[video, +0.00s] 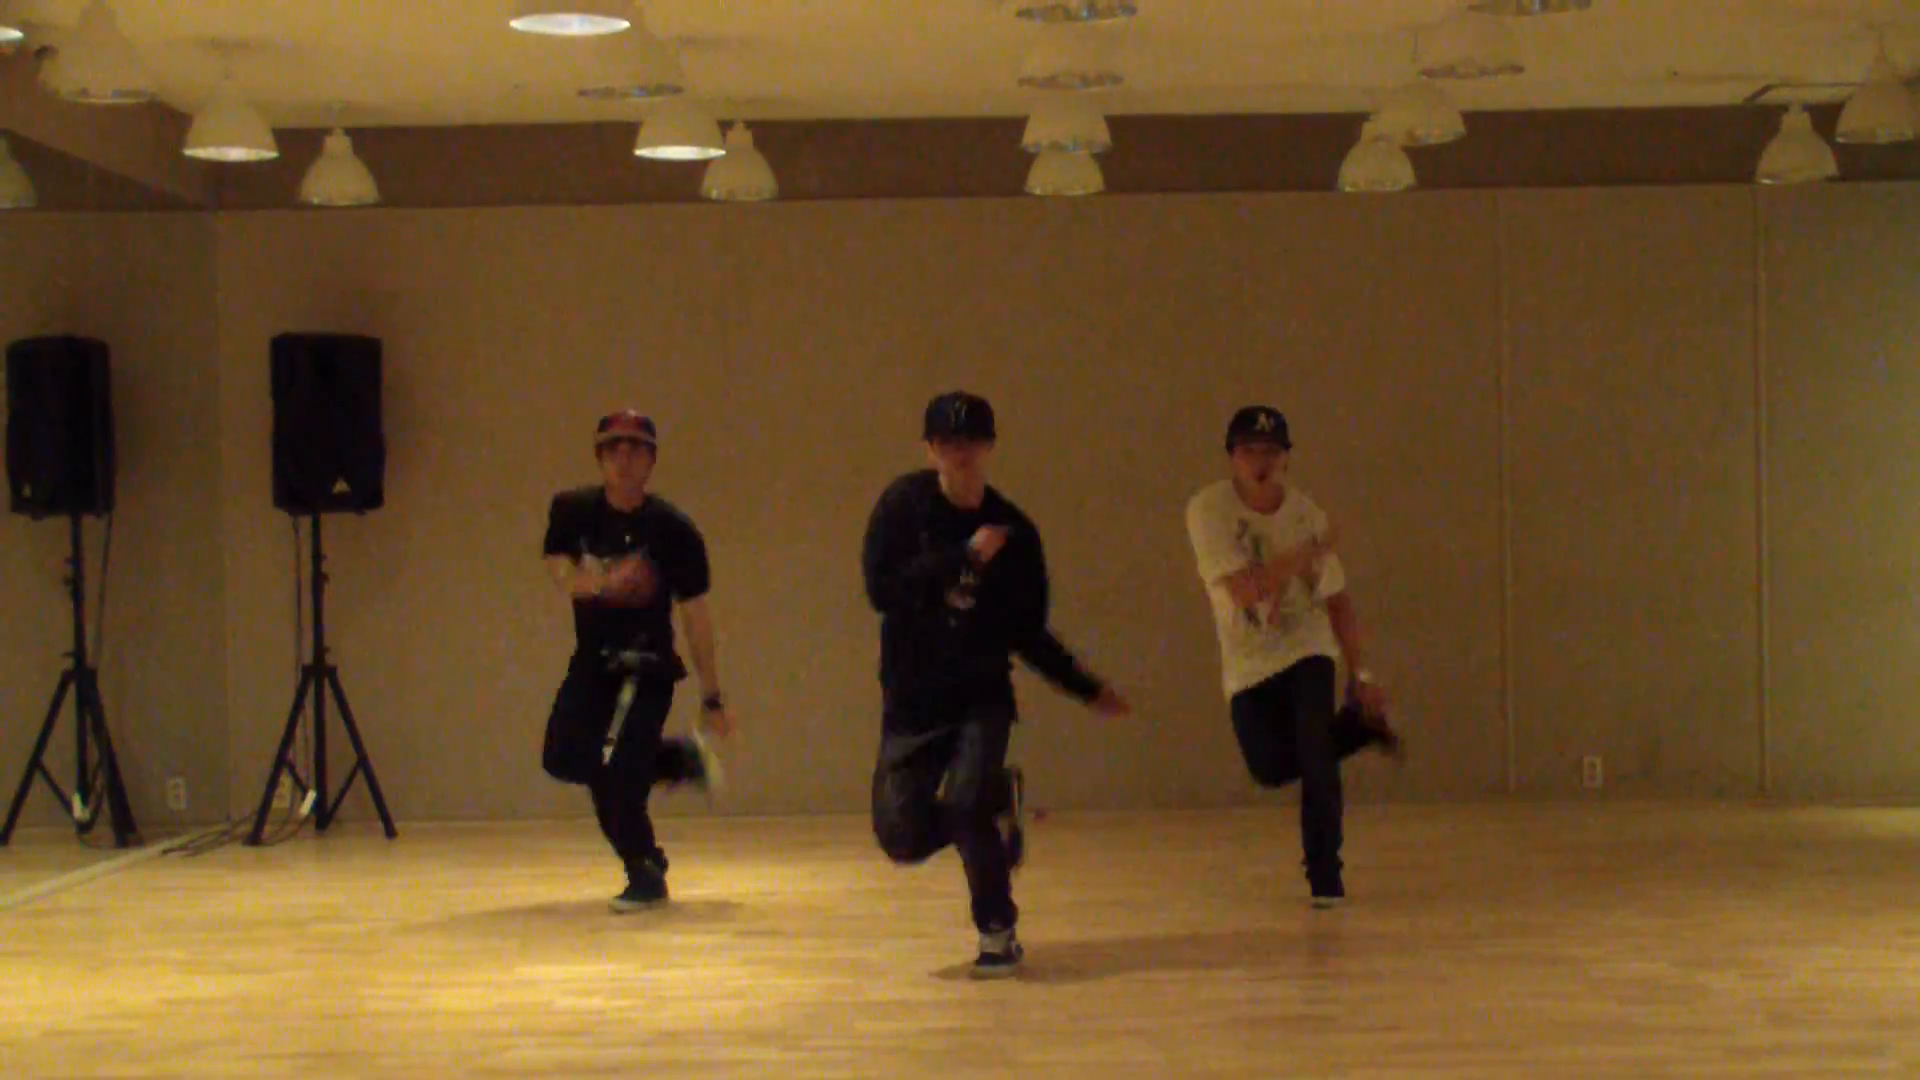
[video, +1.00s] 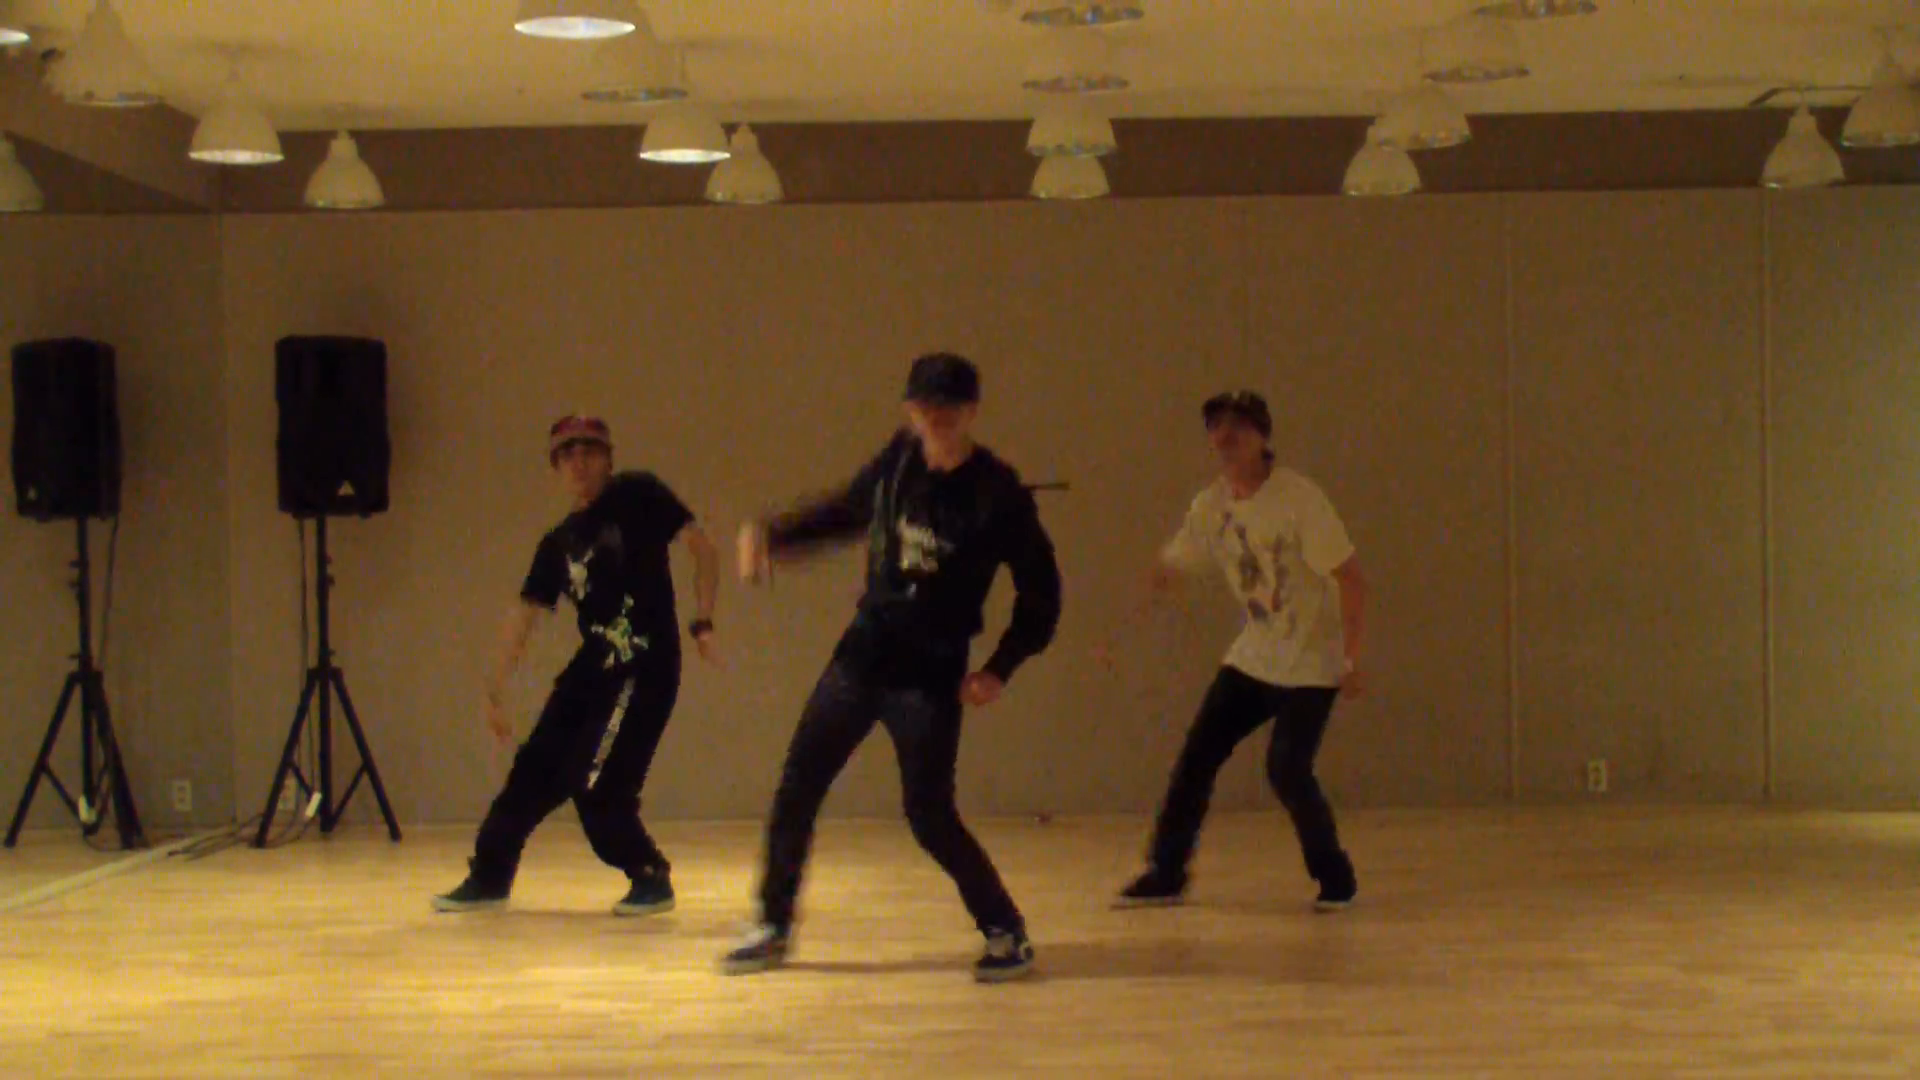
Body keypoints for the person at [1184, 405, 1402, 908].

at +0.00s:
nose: (1261, 462)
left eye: (1271, 451)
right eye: (1250, 451)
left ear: (1285, 456)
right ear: (1231, 456)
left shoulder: (1304, 513)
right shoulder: (1208, 510)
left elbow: (1336, 599)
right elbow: (1242, 591)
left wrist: (1359, 672)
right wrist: (1306, 556)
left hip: (1308, 649)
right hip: (1247, 665)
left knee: (1315, 756)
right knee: (1270, 767)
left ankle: (1325, 876)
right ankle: (1359, 728)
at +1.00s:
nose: (1224, 444)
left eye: (1236, 434)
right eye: (1217, 435)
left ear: (1262, 438)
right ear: (1209, 442)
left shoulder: (1301, 499)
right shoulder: (1212, 503)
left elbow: (1350, 577)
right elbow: (1177, 567)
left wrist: (1351, 657)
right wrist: (1158, 580)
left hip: (1313, 661)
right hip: (1254, 654)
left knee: (1288, 768)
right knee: (1198, 756)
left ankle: (1336, 879)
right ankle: (1166, 871)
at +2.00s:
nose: (1247, 457)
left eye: (1256, 443)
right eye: (1240, 447)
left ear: (1287, 441)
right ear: (1239, 451)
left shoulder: (1334, 487)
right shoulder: (1284, 502)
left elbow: (1398, 537)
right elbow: (1265, 577)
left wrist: (1405, 623)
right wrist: (1258, 565)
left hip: (1364, 653)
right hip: (1317, 630)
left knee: (1303, 754)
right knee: (1226, 664)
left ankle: (1331, 874)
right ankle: (1208, 764)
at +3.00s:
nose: (1208, 465)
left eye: (1220, 454)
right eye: (1205, 455)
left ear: (1250, 461)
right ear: (1203, 460)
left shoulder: (1252, 524)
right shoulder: (1232, 521)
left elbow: (1160, 538)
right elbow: (1166, 540)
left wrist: (1095, 506)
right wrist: (1101, 508)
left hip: (1259, 694)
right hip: (1222, 686)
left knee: (1241, 815)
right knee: (1128, 757)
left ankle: (1369, 876)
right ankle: (1114, 883)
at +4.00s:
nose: (1139, 418)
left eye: (1150, 407)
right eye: (1128, 407)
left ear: (1167, 417)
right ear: (1112, 419)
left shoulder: (1198, 471)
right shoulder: (1094, 480)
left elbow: (1280, 452)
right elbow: (1021, 478)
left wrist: (1313, 388)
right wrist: (998, 410)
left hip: (1193, 641)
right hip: (1131, 649)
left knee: (1190, 757)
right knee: (1140, 769)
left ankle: (1207, 886)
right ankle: (1169, 866)